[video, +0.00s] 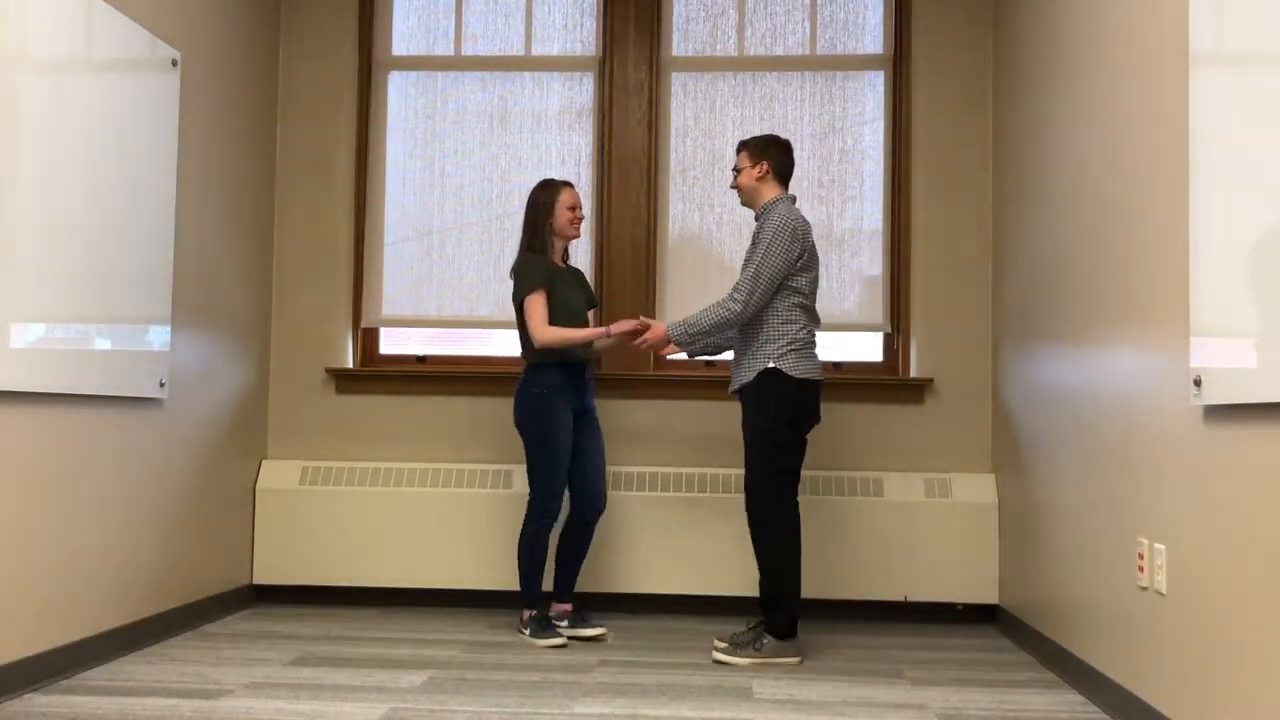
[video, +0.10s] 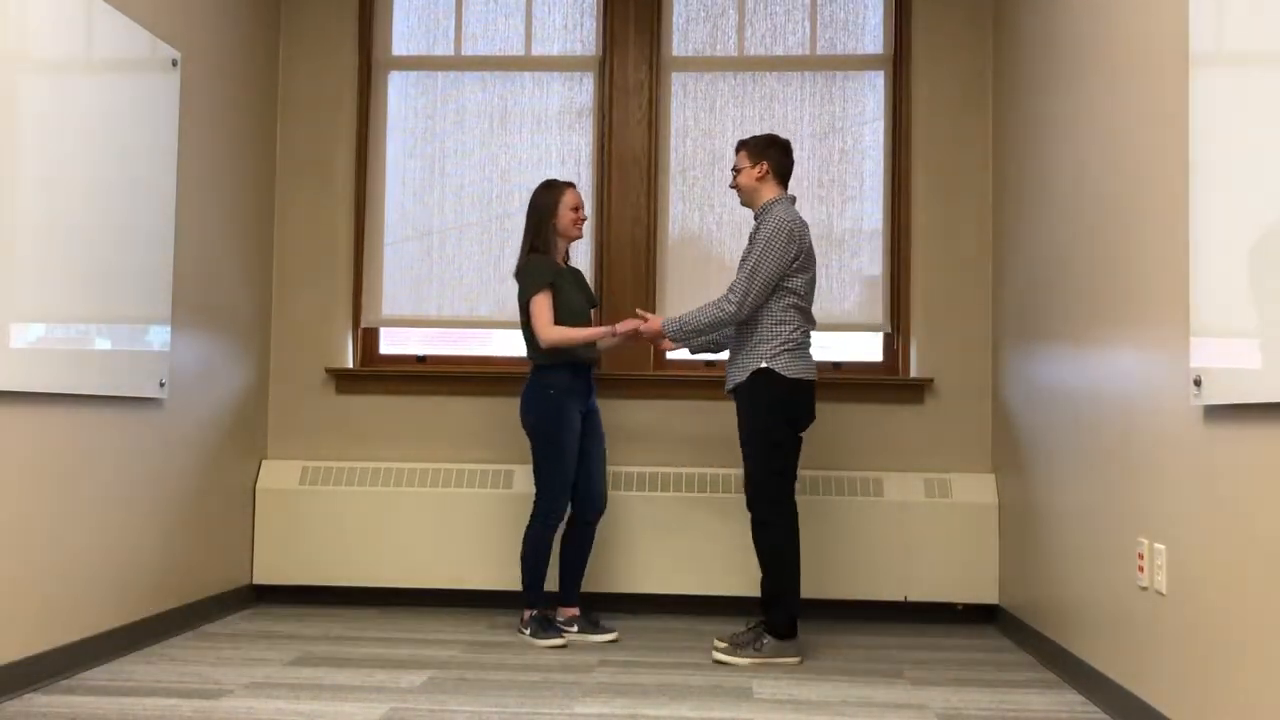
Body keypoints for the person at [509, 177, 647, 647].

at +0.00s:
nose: (579, 216)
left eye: (580, 209)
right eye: (570, 209)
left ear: (576, 217)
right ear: (544, 214)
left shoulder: (577, 275)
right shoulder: (531, 267)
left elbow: (588, 344)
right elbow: (538, 334)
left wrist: (622, 334)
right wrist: (603, 331)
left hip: (579, 398)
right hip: (543, 397)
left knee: (589, 502)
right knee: (545, 503)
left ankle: (561, 609)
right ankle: (531, 613)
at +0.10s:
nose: (582, 217)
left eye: (582, 210)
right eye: (574, 210)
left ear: (575, 218)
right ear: (547, 216)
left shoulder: (575, 274)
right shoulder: (537, 267)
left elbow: (586, 344)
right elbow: (545, 334)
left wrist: (626, 333)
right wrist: (609, 329)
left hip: (581, 395)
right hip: (550, 396)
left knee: (590, 503)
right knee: (552, 504)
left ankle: (568, 610)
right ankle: (533, 612)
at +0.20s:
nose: (586, 216)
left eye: (586, 209)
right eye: (577, 209)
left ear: (580, 217)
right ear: (551, 215)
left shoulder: (577, 274)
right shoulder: (542, 266)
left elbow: (589, 345)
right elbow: (550, 333)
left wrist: (627, 330)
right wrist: (615, 326)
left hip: (587, 396)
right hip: (556, 396)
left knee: (590, 503)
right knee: (565, 501)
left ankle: (567, 609)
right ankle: (533, 610)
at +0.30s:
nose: (591, 216)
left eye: (590, 209)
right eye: (582, 209)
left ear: (578, 217)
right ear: (556, 216)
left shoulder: (578, 272)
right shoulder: (548, 269)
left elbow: (588, 342)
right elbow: (557, 335)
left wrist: (629, 329)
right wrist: (621, 327)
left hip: (590, 396)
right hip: (561, 398)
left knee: (590, 505)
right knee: (577, 505)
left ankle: (568, 610)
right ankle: (533, 608)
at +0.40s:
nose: (595, 214)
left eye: (594, 207)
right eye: (586, 207)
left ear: (581, 215)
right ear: (561, 215)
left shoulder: (583, 270)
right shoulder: (552, 269)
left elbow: (588, 336)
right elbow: (561, 337)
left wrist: (629, 324)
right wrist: (622, 330)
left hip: (590, 397)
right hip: (563, 398)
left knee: (589, 505)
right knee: (588, 506)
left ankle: (568, 610)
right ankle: (536, 603)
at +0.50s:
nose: (601, 210)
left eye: (600, 204)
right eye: (592, 204)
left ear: (586, 214)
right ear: (566, 211)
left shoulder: (588, 269)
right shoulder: (557, 266)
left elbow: (607, 333)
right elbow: (561, 338)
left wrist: (639, 307)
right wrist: (624, 338)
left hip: (592, 395)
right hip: (564, 396)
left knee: (590, 504)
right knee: (590, 503)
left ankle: (569, 609)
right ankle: (548, 610)